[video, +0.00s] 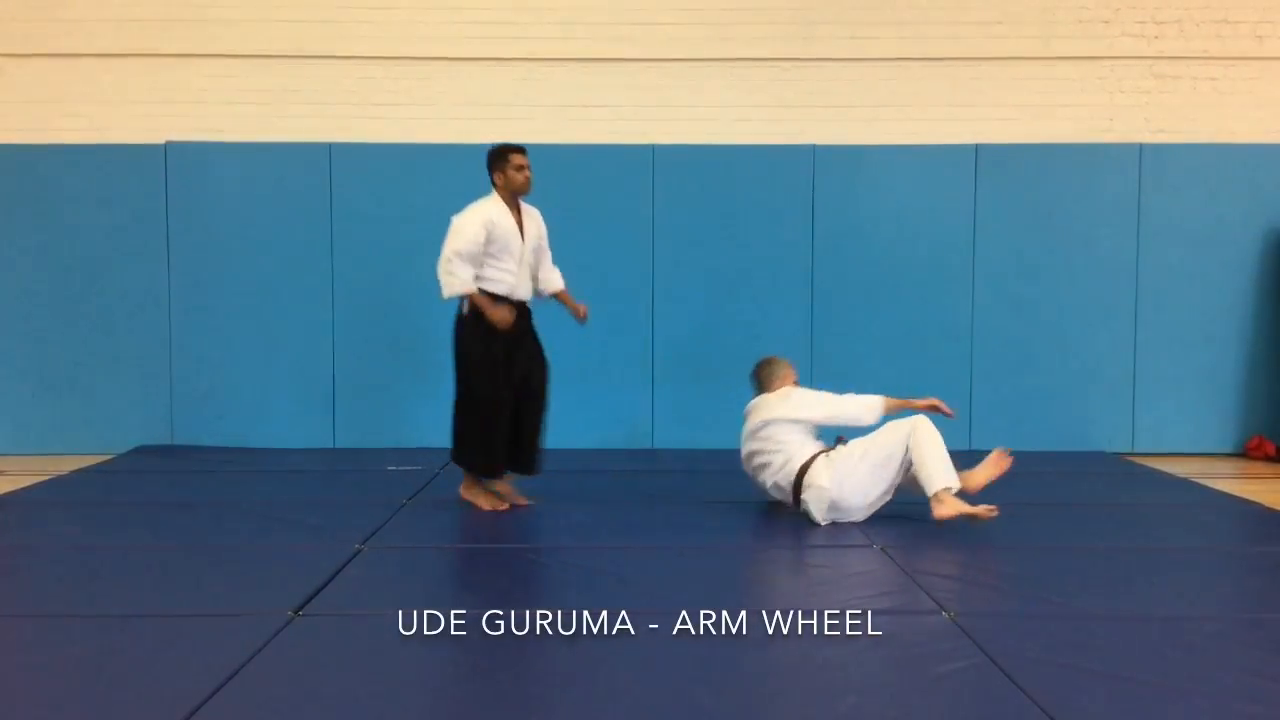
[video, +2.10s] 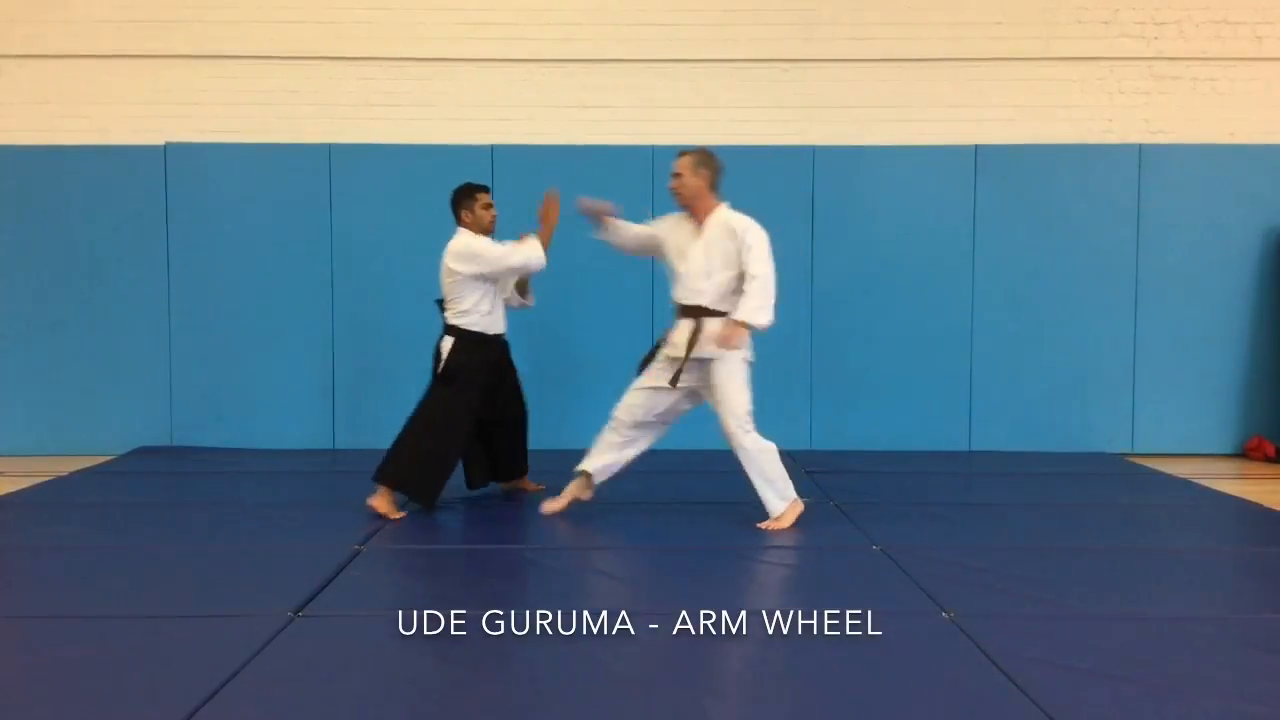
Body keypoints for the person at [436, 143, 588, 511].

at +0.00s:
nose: (527, 174)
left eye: (528, 168)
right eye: (519, 169)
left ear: (527, 173)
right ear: (498, 175)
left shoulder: (533, 217)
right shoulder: (475, 217)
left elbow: (543, 269)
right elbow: (453, 268)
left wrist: (570, 303)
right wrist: (487, 306)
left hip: (518, 316)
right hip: (481, 315)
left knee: (526, 389)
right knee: (482, 395)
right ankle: (472, 481)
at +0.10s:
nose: (516, 171)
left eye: (517, 166)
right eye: (508, 166)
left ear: (516, 172)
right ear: (486, 172)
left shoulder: (521, 217)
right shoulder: (463, 213)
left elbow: (542, 256)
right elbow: (449, 261)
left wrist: (570, 273)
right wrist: (494, 281)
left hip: (502, 317)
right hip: (468, 314)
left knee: (492, 397)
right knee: (464, 395)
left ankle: (461, 483)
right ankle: (437, 482)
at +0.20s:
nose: (503, 183)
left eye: (502, 176)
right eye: (495, 177)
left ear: (495, 183)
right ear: (473, 183)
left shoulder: (504, 228)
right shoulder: (451, 225)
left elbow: (536, 257)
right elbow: (455, 277)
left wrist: (570, 262)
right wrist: (502, 272)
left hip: (487, 330)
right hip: (454, 327)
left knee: (477, 412)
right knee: (436, 406)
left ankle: (454, 491)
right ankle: (385, 484)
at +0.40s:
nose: (474, 191)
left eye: (474, 184)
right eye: (467, 184)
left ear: (457, 190)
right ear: (444, 190)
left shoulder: (462, 235)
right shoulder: (426, 231)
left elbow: (490, 281)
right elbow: (446, 284)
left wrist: (526, 271)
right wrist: (477, 270)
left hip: (459, 332)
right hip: (429, 331)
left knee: (471, 411)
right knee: (406, 412)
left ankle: (457, 492)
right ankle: (352, 492)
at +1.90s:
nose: (466, 208)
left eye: (464, 201)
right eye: (459, 202)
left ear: (438, 208)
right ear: (437, 207)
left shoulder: (436, 243)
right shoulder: (426, 247)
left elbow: (462, 293)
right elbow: (462, 305)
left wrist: (492, 274)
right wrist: (497, 284)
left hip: (447, 344)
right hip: (425, 346)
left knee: (485, 404)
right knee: (403, 425)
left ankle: (508, 461)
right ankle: (354, 495)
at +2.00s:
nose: (481, 211)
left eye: (479, 205)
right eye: (474, 206)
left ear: (457, 213)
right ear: (452, 212)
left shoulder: (458, 246)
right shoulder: (449, 249)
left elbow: (491, 290)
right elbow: (502, 293)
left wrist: (510, 270)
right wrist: (523, 268)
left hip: (471, 346)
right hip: (447, 347)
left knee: (501, 409)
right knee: (416, 422)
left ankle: (517, 472)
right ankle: (363, 491)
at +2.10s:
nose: (493, 213)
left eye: (493, 206)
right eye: (486, 207)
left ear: (485, 211)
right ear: (465, 214)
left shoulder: (485, 248)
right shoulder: (463, 246)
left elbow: (512, 298)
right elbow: (527, 259)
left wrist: (526, 258)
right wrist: (547, 229)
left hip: (493, 346)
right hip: (464, 346)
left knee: (509, 412)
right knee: (435, 420)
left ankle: (514, 478)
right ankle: (384, 492)